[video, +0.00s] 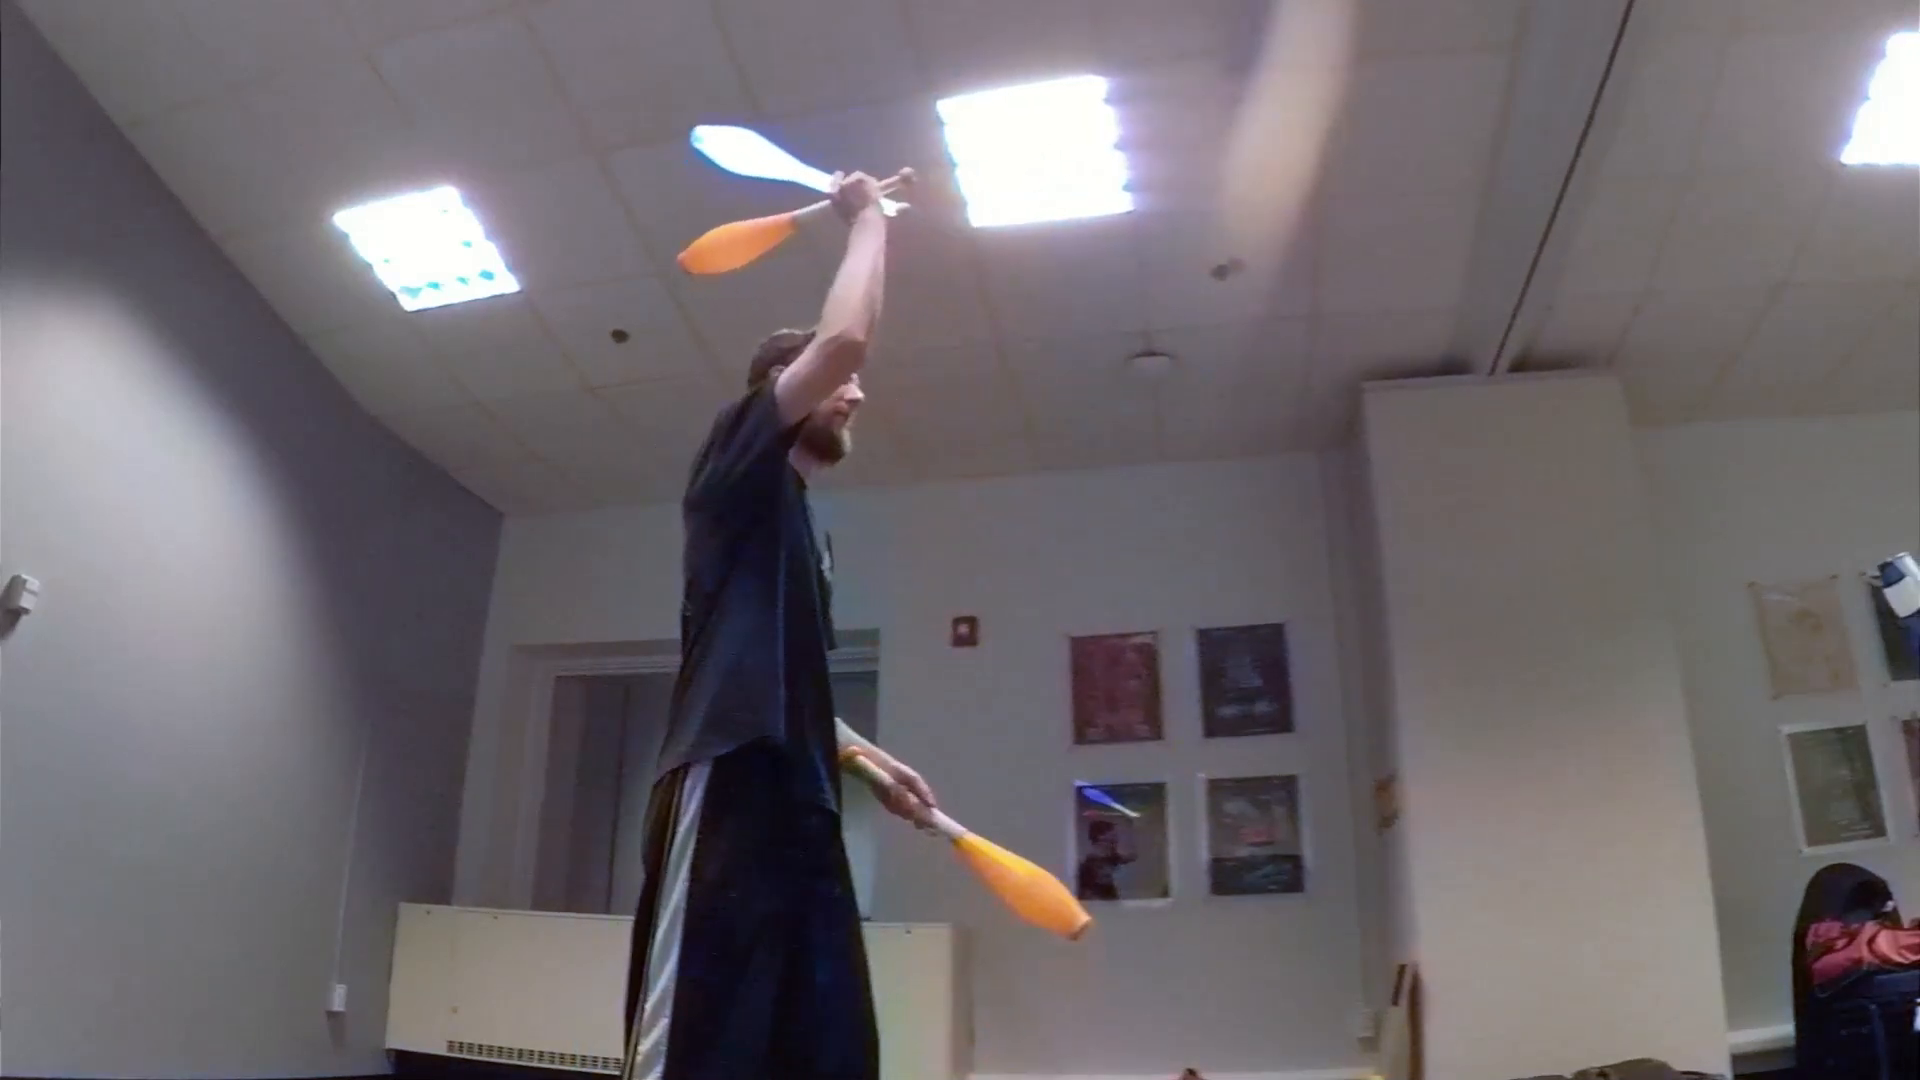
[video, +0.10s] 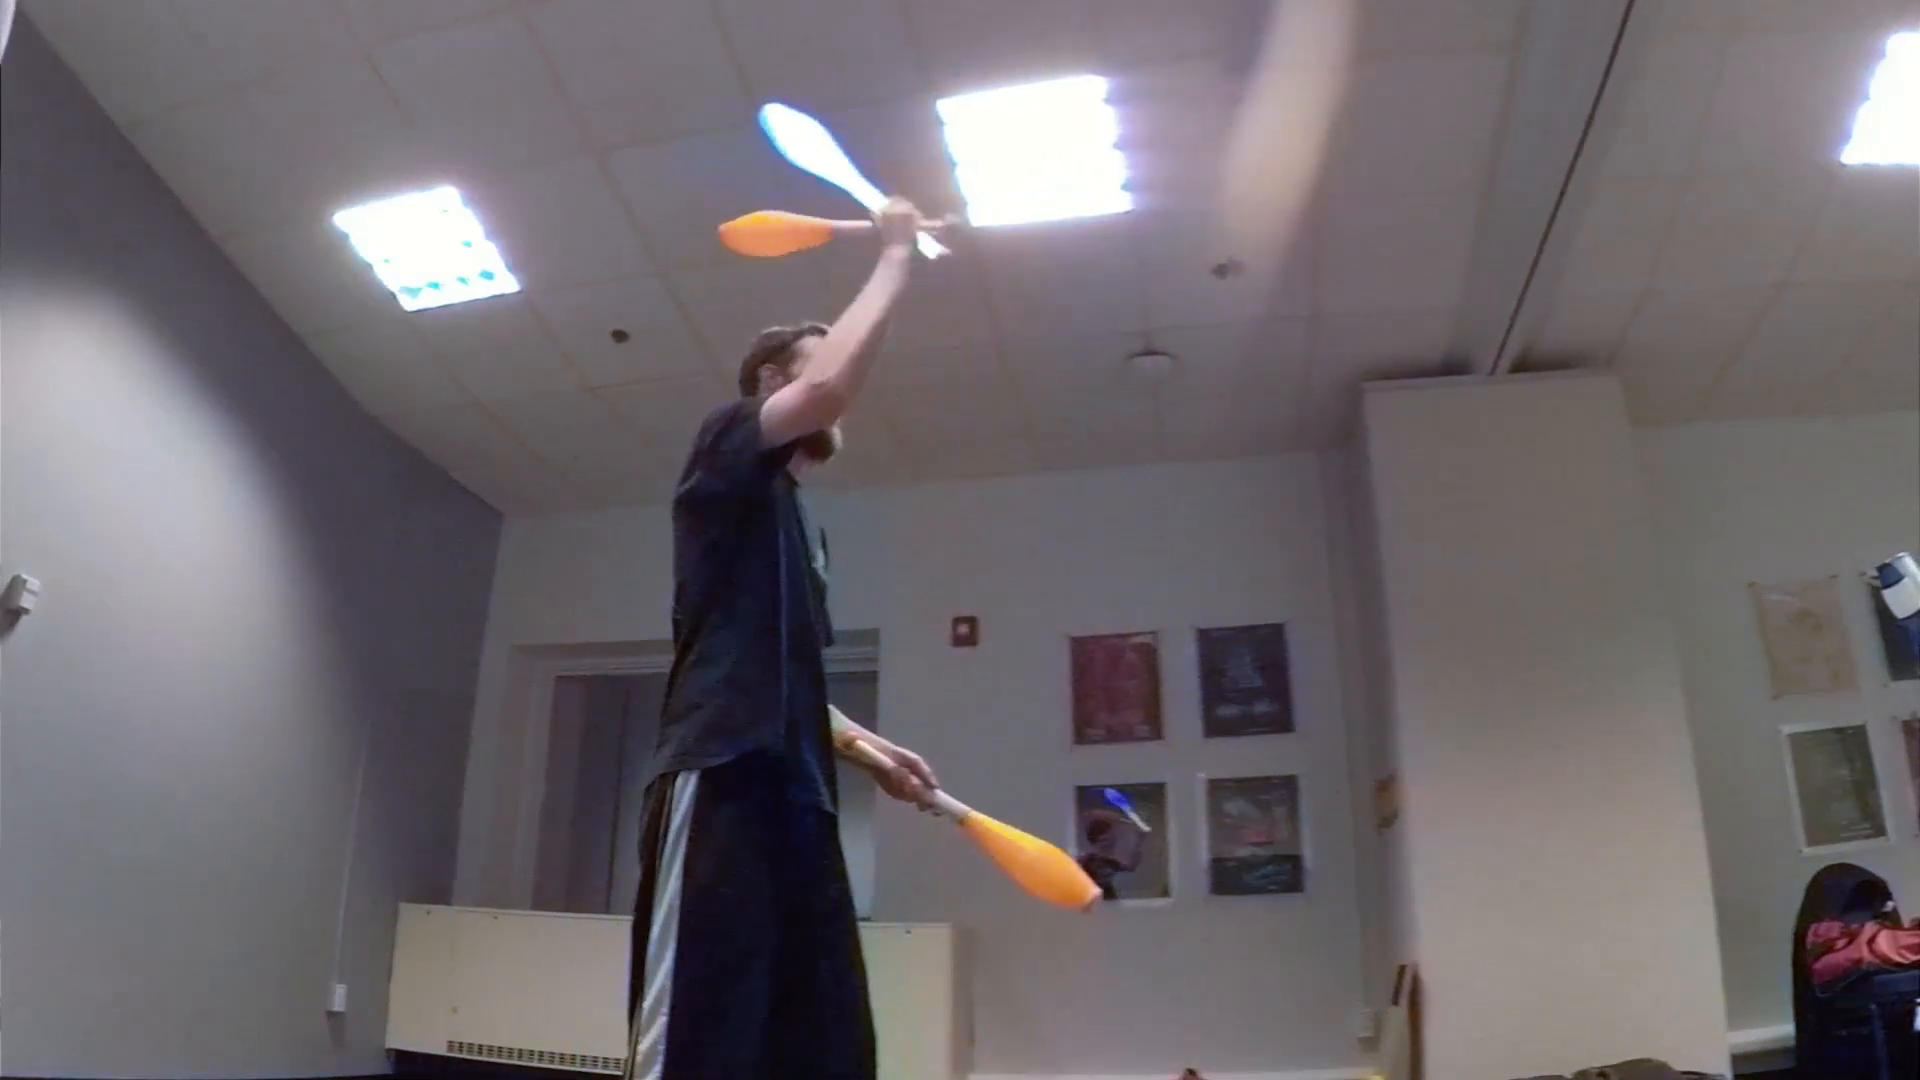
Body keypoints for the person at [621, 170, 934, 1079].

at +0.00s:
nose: (854, 395)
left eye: (855, 381)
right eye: (838, 374)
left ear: (823, 398)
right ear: (780, 380)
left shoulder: (789, 515)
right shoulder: (737, 458)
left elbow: (785, 688)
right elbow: (842, 334)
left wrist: (871, 759)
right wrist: (869, 215)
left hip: (793, 779)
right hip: (732, 770)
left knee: (817, 1008)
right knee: (710, 1006)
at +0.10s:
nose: (833, 387)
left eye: (836, 373)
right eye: (817, 371)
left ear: (797, 387)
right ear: (773, 379)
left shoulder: (787, 512)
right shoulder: (728, 444)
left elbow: (774, 677)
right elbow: (822, 391)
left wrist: (870, 749)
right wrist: (895, 256)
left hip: (794, 790)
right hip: (724, 777)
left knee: (821, 1026)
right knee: (701, 1021)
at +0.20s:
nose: (831, 380)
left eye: (835, 370)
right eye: (810, 362)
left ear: (836, 394)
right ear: (753, 375)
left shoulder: (799, 525)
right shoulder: (707, 444)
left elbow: (782, 680)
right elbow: (777, 475)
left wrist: (868, 738)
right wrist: (916, 360)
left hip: (789, 788)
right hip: (706, 782)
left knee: (818, 1031)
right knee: (691, 1027)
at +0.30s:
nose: (823, 383)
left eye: (824, 373)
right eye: (802, 364)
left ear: (824, 396)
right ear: (743, 378)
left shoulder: (778, 522)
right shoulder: (694, 460)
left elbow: (777, 680)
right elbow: (724, 567)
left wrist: (860, 729)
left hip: (775, 815)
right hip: (688, 808)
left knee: (833, 1041)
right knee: (683, 1047)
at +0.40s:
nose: (821, 388)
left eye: (823, 377)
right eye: (799, 369)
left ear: (818, 411)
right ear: (741, 385)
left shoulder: (793, 536)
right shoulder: (690, 476)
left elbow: (782, 693)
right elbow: (670, 628)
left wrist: (859, 734)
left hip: (771, 831)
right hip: (673, 826)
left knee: (843, 1040)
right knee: (681, 1053)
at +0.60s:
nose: (849, 415)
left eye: (850, 404)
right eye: (828, 395)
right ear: (766, 411)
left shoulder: (808, 555)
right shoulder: (708, 523)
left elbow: (765, 707)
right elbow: (639, 695)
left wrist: (837, 765)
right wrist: (658, 867)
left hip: (765, 857)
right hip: (679, 859)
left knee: (858, 1044)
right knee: (724, 1064)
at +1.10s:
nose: (913, 391)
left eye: (915, 381)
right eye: (892, 370)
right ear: (832, 383)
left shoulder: (855, 538)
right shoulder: (782, 467)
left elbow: (848, 686)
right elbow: (869, 551)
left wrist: (869, 753)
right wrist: (1038, 529)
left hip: (794, 828)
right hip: (710, 816)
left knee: (845, 1053)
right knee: (696, 1054)